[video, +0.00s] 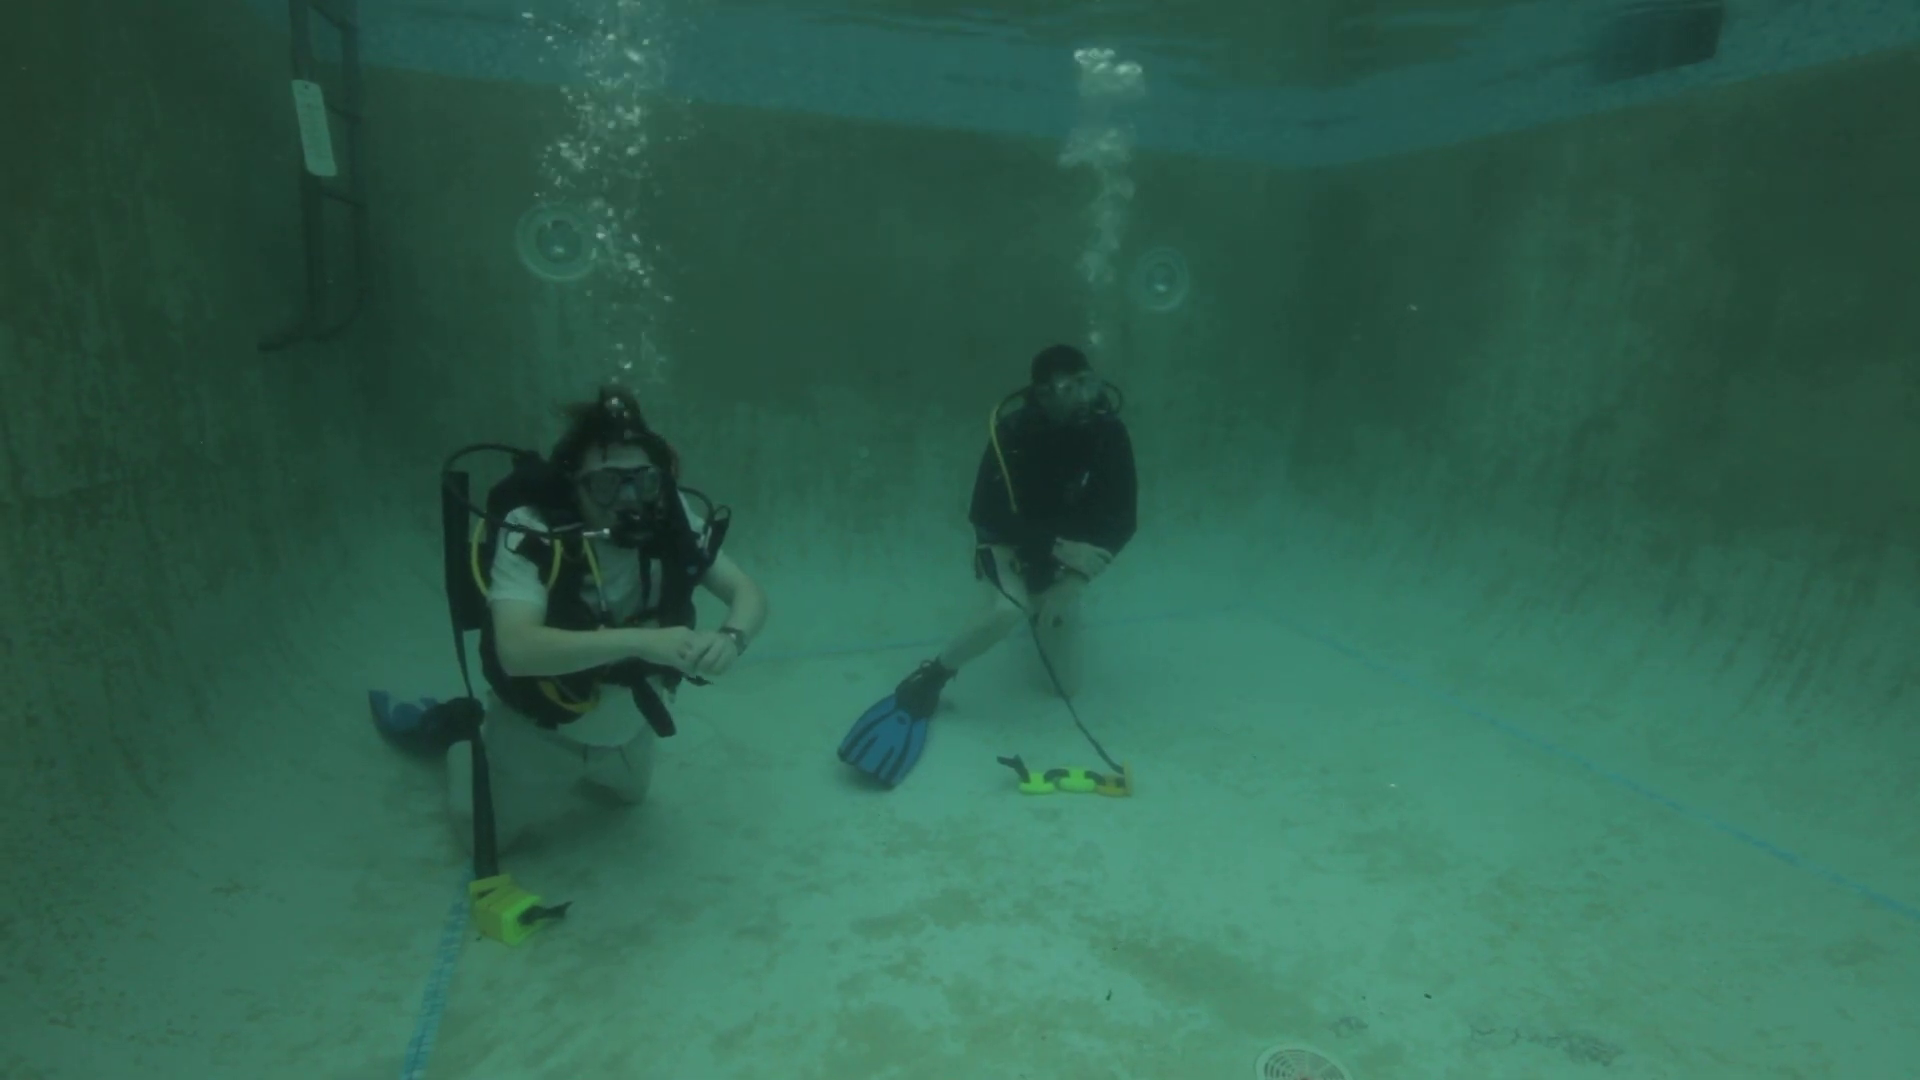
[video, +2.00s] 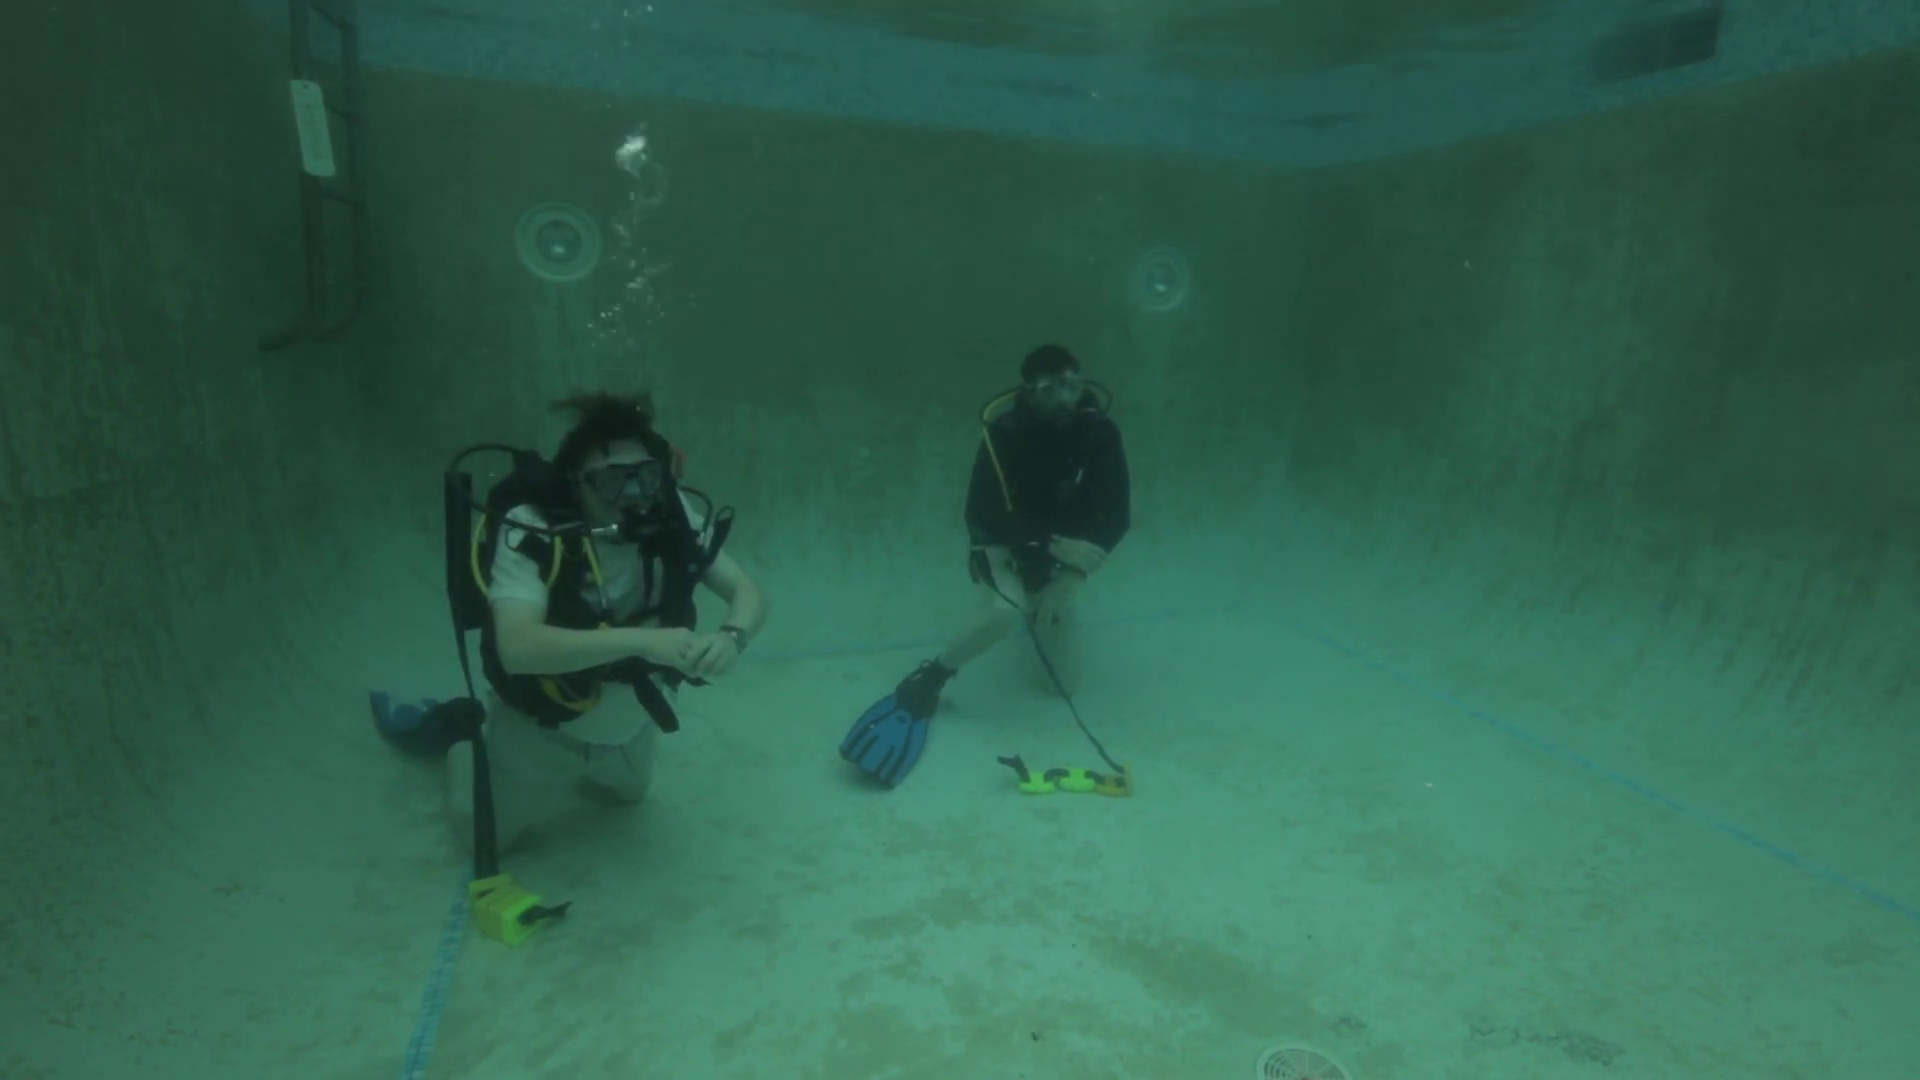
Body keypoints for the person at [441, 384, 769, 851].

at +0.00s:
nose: (624, 499)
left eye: (637, 482)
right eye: (605, 484)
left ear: (659, 480)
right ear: (574, 483)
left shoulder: (673, 520)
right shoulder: (530, 529)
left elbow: (748, 593)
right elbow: (516, 650)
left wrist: (732, 636)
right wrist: (646, 643)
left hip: (628, 712)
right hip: (539, 719)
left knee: (628, 787)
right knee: (486, 834)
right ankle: (463, 727)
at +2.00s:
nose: (631, 495)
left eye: (643, 478)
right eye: (612, 480)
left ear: (662, 476)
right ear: (577, 482)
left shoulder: (672, 518)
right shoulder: (530, 527)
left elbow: (748, 593)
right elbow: (516, 648)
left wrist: (732, 636)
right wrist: (646, 642)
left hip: (626, 710)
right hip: (538, 717)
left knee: (628, 785)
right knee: (486, 837)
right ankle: (462, 728)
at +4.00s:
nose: (648, 496)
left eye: (649, 476)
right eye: (627, 486)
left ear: (654, 465)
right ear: (576, 494)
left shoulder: (658, 510)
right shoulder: (518, 526)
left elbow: (739, 582)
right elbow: (513, 642)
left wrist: (727, 622)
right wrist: (638, 627)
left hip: (626, 713)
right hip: (537, 723)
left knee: (628, 786)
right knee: (493, 838)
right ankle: (465, 730)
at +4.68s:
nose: (633, 494)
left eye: (636, 475)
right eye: (612, 483)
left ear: (643, 466)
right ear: (563, 489)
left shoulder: (649, 513)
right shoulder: (508, 529)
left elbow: (720, 586)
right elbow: (544, 628)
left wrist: (731, 631)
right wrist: (654, 568)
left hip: (626, 712)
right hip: (538, 723)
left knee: (627, 787)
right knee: (500, 834)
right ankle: (463, 731)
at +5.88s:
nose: (663, 469)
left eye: (659, 455)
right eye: (649, 461)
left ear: (611, 473)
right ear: (605, 475)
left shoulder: (640, 512)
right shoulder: (520, 519)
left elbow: (682, 602)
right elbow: (593, 586)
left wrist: (740, 592)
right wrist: (701, 585)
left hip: (613, 697)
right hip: (526, 718)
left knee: (631, 766)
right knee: (498, 837)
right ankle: (460, 728)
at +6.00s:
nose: (671, 474)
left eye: (668, 460)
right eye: (657, 462)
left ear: (617, 471)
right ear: (611, 471)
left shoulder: (642, 513)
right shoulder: (527, 515)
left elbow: (678, 597)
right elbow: (601, 582)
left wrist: (743, 586)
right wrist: (707, 588)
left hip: (606, 697)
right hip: (521, 715)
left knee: (633, 761)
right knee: (497, 835)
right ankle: (457, 726)